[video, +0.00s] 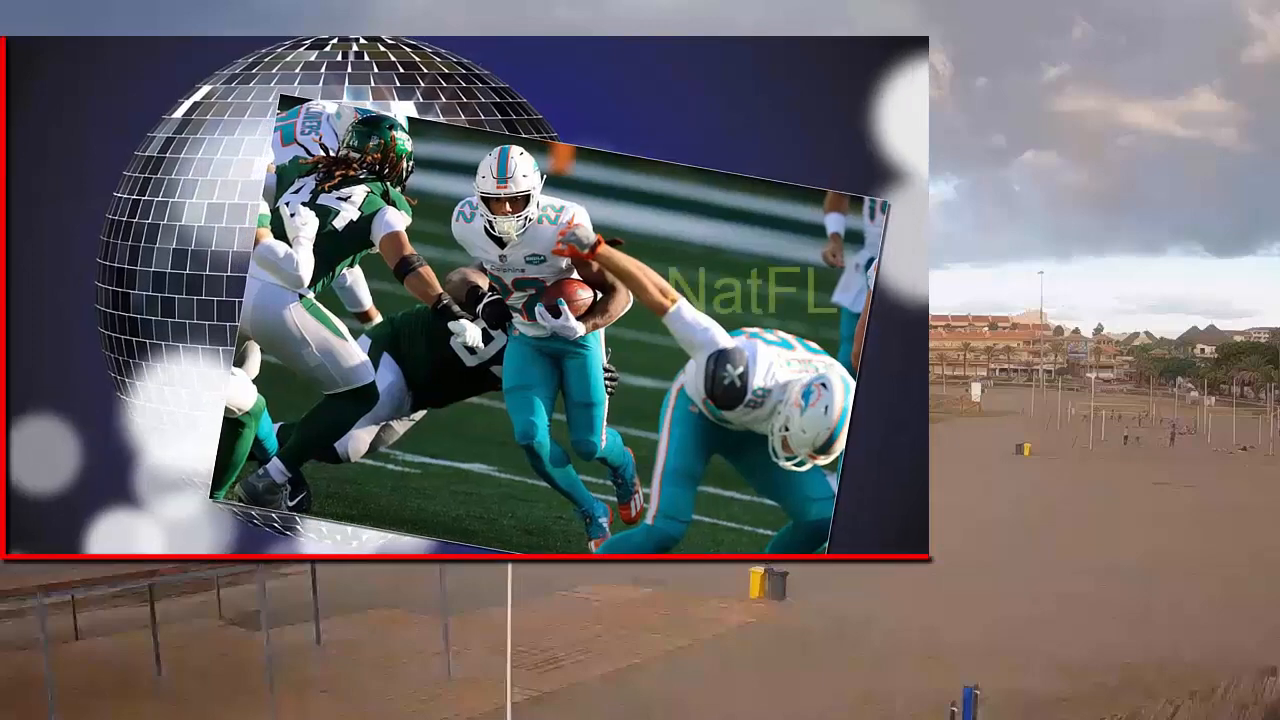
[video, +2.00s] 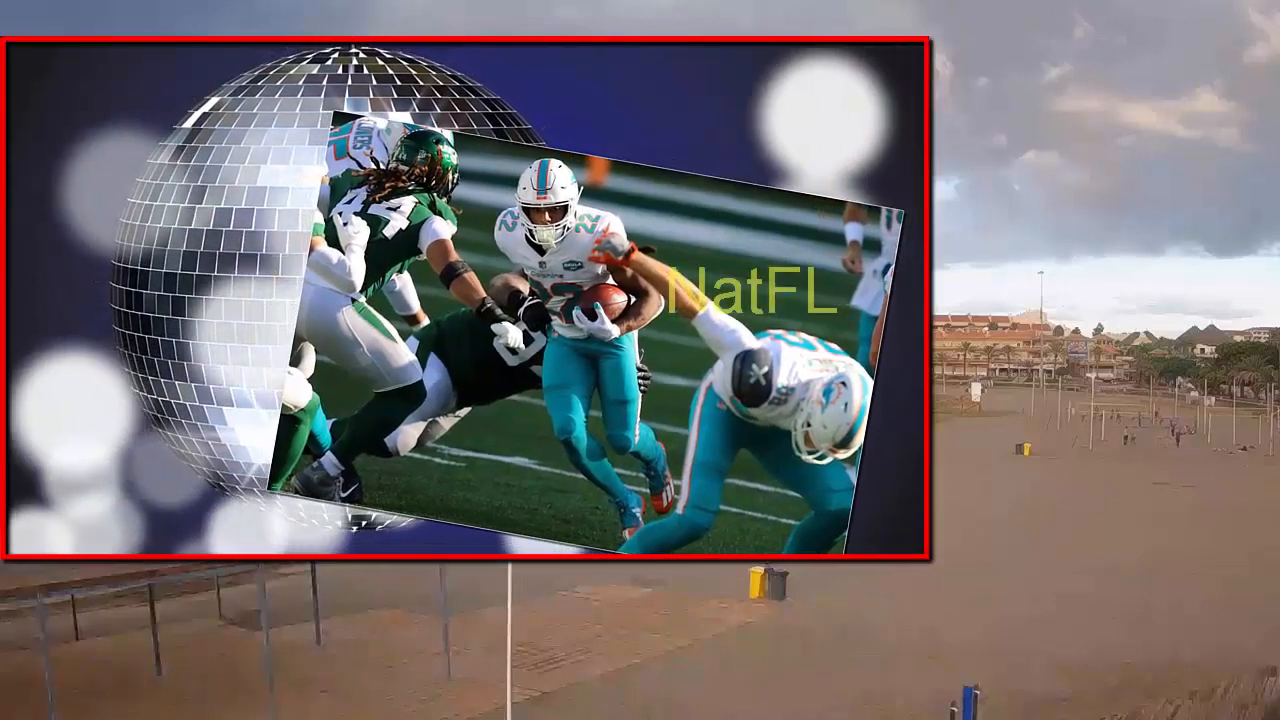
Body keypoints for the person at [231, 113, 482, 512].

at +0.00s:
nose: (406, 167)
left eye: (405, 159)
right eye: (404, 159)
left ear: (347, 147)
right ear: (391, 160)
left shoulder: (300, 171)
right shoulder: (379, 204)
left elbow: (244, 192)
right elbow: (406, 264)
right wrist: (448, 309)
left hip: (230, 280)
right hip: (280, 300)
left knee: (235, 379)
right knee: (360, 391)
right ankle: (271, 477)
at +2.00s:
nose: (451, 181)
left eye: (450, 174)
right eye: (449, 173)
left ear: (396, 160)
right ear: (439, 175)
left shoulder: (350, 183)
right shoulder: (425, 214)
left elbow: (301, 202)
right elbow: (451, 270)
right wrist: (493, 316)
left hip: (287, 285)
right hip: (334, 304)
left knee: (292, 372)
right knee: (408, 389)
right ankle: (326, 470)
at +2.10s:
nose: (453, 180)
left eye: (452, 173)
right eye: (451, 173)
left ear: (398, 161)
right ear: (441, 174)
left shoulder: (353, 183)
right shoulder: (428, 213)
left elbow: (303, 208)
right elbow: (453, 270)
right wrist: (494, 314)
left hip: (289, 285)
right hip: (337, 303)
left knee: (297, 368)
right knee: (410, 388)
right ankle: (330, 468)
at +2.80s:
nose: (469, 185)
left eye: (468, 178)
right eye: (467, 177)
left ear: (416, 164)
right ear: (457, 179)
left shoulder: (372, 187)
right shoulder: (444, 217)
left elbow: (323, 211)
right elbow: (470, 272)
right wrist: (510, 316)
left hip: (308, 286)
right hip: (355, 305)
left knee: (317, 368)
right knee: (428, 388)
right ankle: (349, 464)